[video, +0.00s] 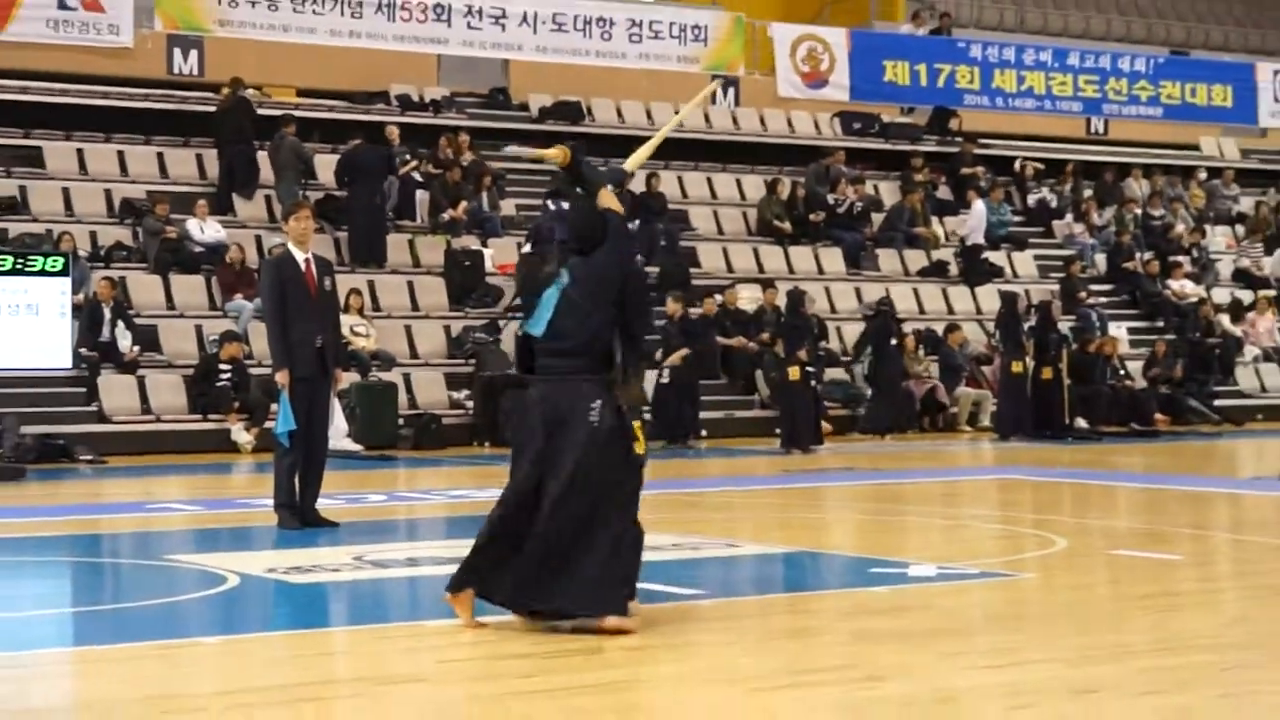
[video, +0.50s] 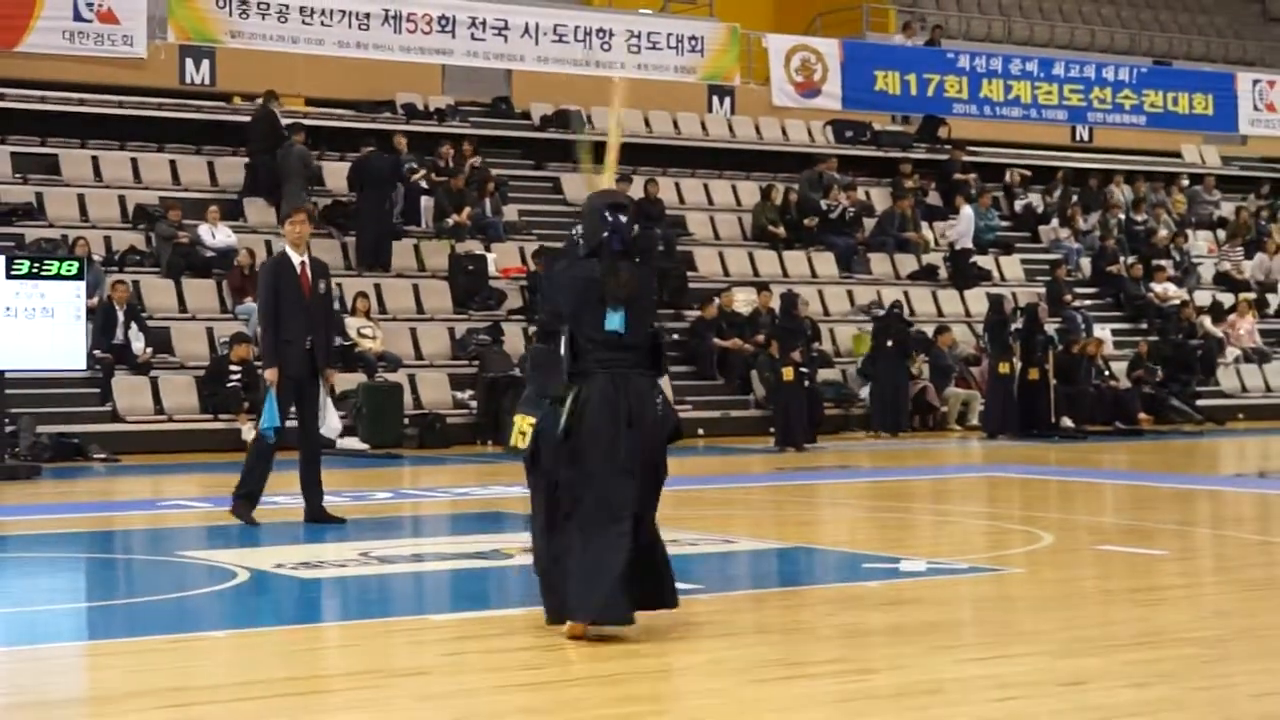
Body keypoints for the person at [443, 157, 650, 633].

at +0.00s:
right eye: (613, 230)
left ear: (563, 236)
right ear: (603, 238)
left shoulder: (537, 273)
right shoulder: (605, 273)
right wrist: (613, 212)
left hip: (539, 396)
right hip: (588, 398)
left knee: (527, 492)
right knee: (612, 496)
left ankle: (466, 582)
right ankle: (606, 604)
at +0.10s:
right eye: (615, 216)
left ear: (568, 234)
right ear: (610, 230)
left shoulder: (547, 276)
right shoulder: (621, 272)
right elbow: (628, 238)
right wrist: (617, 205)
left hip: (560, 392)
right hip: (611, 394)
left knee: (530, 484)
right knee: (615, 498)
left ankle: (482, 578)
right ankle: (613, 606)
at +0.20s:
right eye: (619, 211)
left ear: (569, 235)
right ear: (610, 233)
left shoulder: (554, 277)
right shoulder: (628, 273)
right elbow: (638, 229)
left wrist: (562, 228)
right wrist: (612, 198)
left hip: (570, 396)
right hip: (620, 396)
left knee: (547, 490)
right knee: (621, 498)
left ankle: (519, 595)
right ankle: (615, 605)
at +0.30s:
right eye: (622, 206)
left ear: (571, 223)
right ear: (615, 221)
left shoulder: (556, 271)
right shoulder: (631, 269)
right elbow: (645, 234)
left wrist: (562, 229)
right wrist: (623, 212)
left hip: (574, 393)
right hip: (625, 391)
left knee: (563, 492)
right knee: (624, 496)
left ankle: (553, 597)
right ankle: (615, 603)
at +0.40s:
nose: (567, 227)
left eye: (572, 221)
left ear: (575, 229)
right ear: (616, 229)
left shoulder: (556, 272)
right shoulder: (637, 273)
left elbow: (544, 312)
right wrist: (615, 202)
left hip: (579, 392)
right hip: (628, 391)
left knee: (578, 494)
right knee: (624, 493)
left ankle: (585, 601)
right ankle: (618, 598)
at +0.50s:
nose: (581, 231)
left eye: (586, 223)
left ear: (589, 229)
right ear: (628, 229)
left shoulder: (569, 275)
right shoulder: (643, 278)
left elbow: (548, 333)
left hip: (589, 395)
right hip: (638, 393)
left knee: (584, 496)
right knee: (621, 497)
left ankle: (583, 604)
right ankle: (602, 601)